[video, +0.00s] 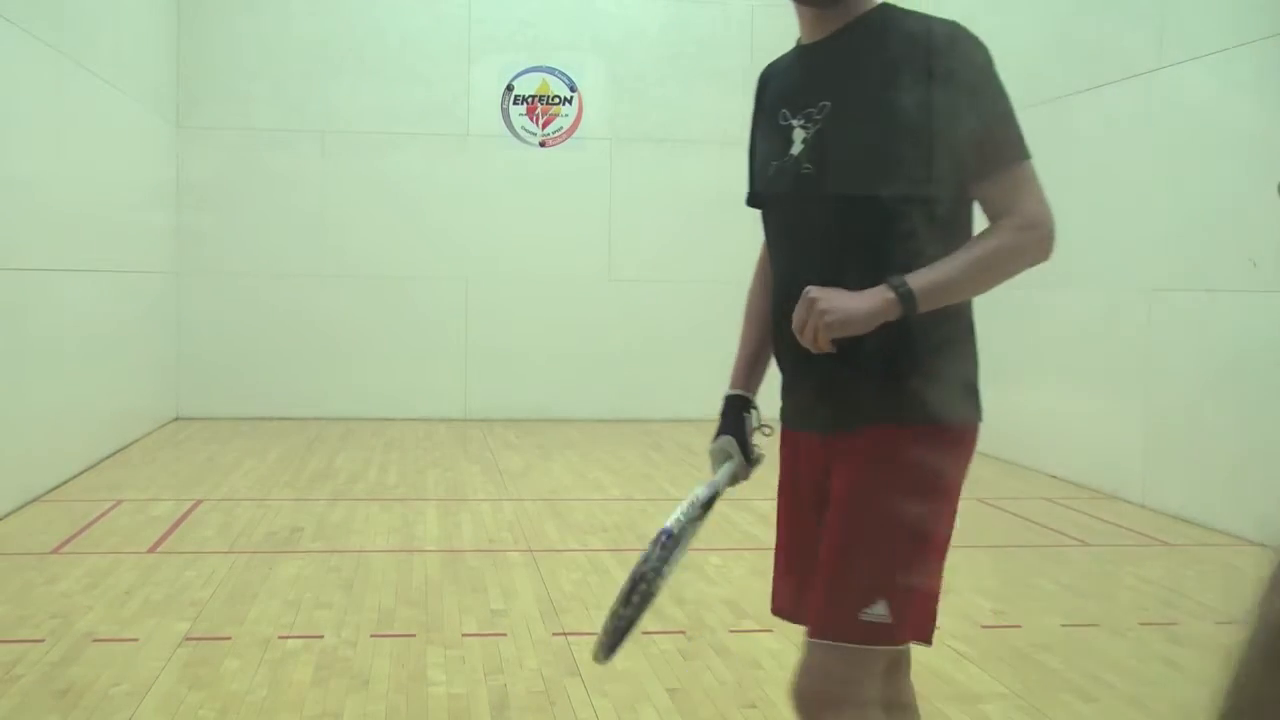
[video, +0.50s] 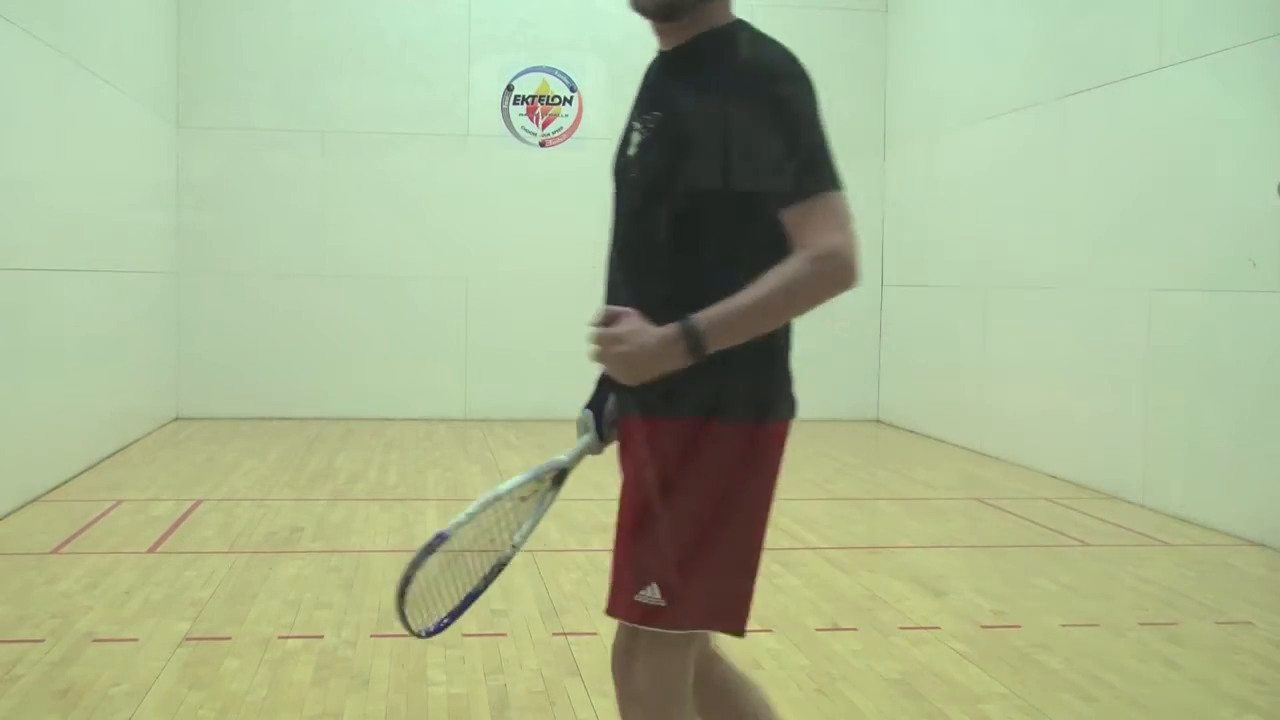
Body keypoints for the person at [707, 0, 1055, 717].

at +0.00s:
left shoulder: (941, 53)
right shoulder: (779, 82)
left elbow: (1029, 228)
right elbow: (782, 251)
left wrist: (884, 299)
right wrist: (739, 397)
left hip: (910, 414)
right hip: (816, 413)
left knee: (829, 691)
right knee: (882, 685)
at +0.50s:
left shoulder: (757, 73)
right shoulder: (668, 74)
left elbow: (831, 259)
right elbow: (680, 254)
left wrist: (675, 343)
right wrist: (624, 379)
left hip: (719, 410)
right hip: (666, 404)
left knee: (649, 666)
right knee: (680, 653)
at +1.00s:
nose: (512, 9)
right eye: (517, 1)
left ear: (539, 5)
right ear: (603, 9)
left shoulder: (578, 83)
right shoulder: (647, 91)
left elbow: (566, 247)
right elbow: (629, 274)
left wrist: (452, 300)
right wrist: (540, 405)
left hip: (576, 406)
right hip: (623, 399)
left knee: (570, 632)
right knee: (561, 620)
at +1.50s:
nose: (563, 42)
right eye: (571, 33)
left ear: (504, 33)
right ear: (577, 42)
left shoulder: (450, 114)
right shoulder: (612, 121)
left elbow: (406, 252)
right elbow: (650, 265)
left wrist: (456, 209)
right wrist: (652, 374)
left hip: (474, 383)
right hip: (575, 384)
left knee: (447, 570)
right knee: (553, 599)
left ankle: (426, 714)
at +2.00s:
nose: (560, 96)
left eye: (557, 86)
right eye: (562, 86)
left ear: (493, 75)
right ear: (551, 81)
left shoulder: (430, 130)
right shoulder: (556, 141)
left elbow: (389, 247)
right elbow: (578, 261)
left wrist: (437, 299)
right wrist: (598, 348)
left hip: (439, 364)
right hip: (522, 368)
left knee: (445, 537)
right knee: (525, 525)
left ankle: (451, 704)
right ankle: (505, 686)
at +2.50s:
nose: (595, 123)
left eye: (594, 116)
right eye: (596, 115)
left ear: (534, 102)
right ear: (585, 109)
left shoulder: (482, 148)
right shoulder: (590, 157)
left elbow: (459, 257)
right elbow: (605, 262)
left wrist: (515, 267)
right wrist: (619, 357)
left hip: (489, 348)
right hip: (560, 351)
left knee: (491, 484)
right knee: (543, 500)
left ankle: (463, 614)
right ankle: (509, 652)